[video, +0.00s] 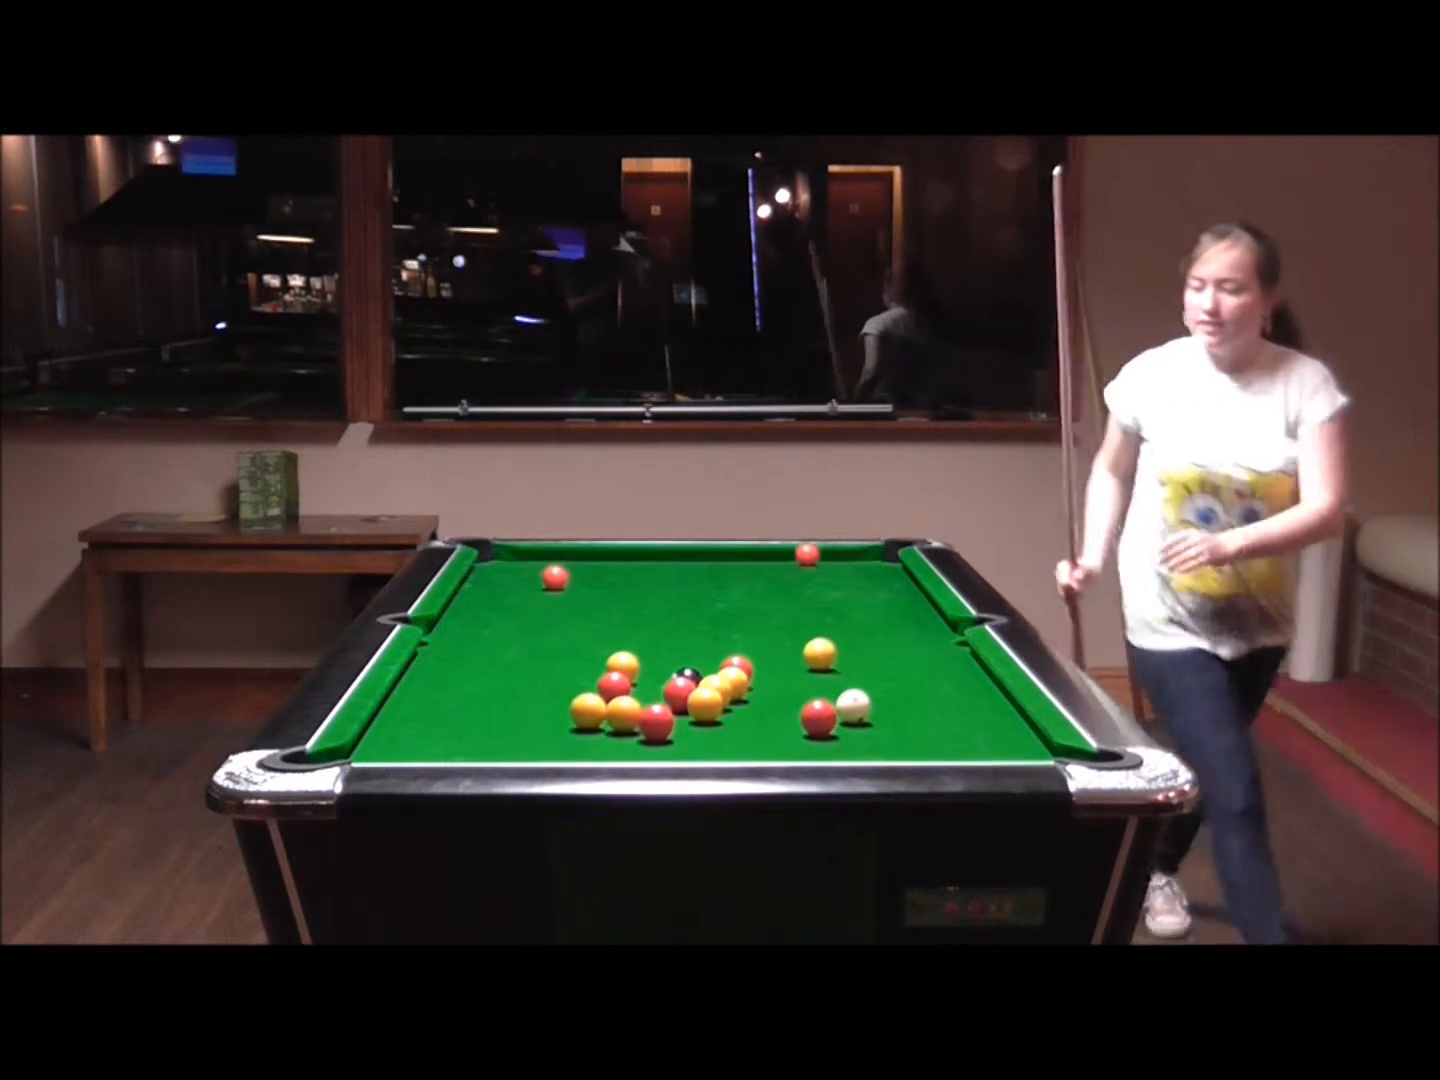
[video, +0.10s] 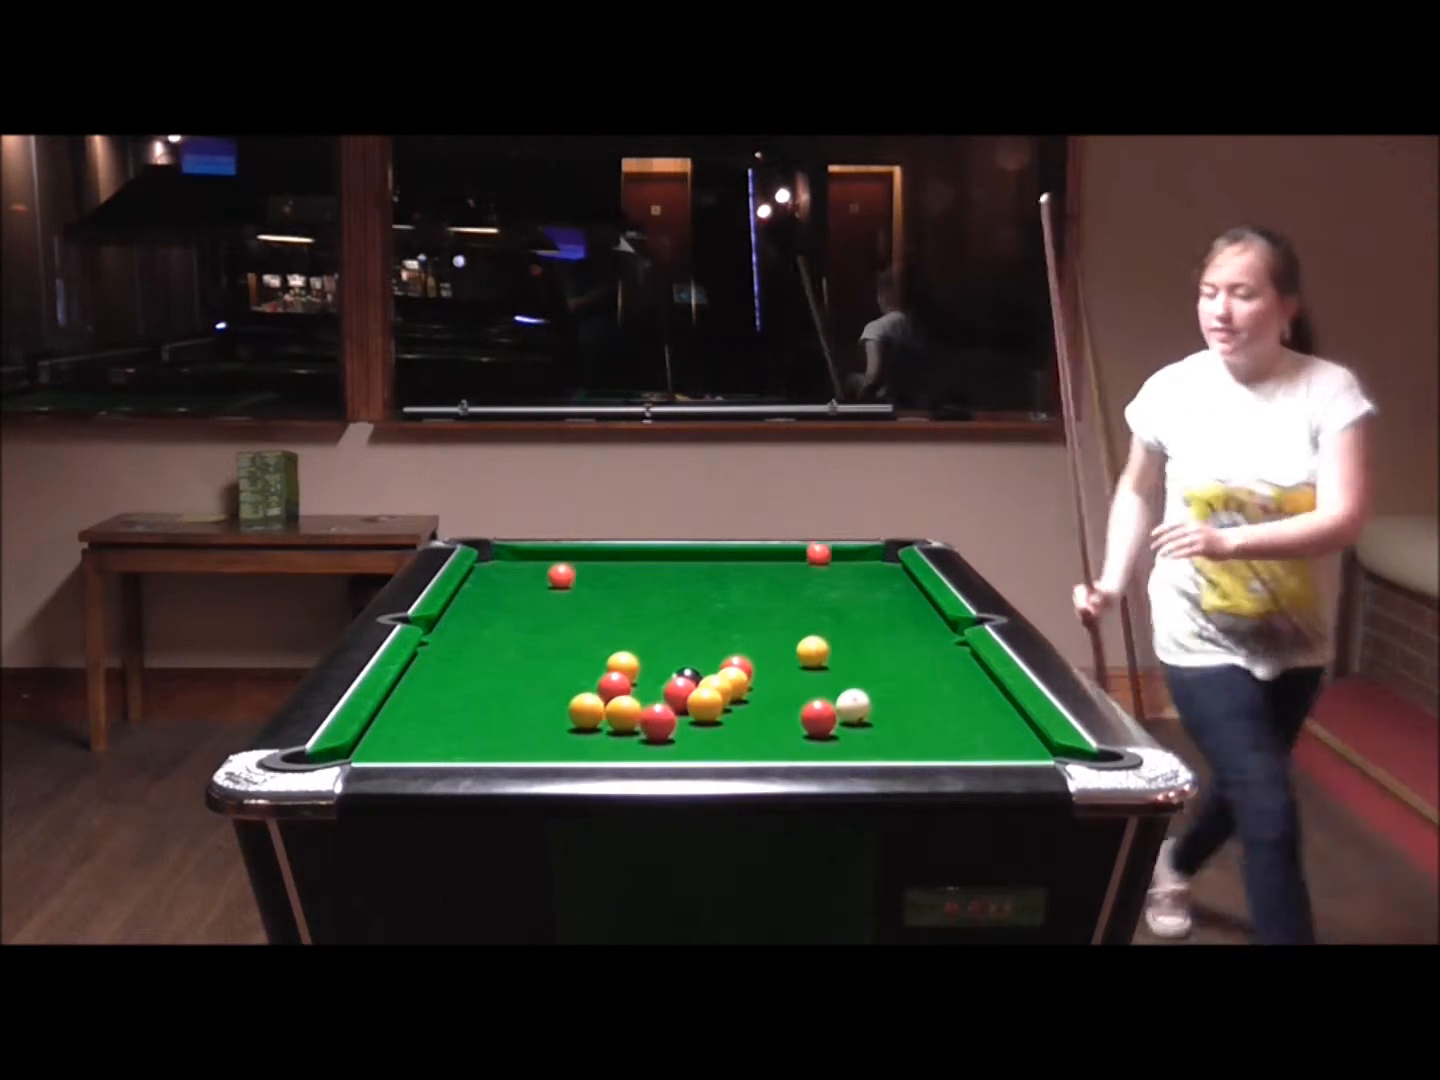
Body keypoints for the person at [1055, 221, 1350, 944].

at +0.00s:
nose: (1207, 303)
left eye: (1229, 288)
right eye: (1197, 285)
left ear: (1267, 303)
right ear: (1183, 291)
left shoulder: (1305, 383)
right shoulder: (1149, 376)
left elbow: (1328, 509)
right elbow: (1111, 469)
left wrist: (1226, 543)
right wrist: (1094, 556)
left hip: (1259, 628)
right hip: (1166, 622)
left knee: (1202, 771)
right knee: (1236, 793)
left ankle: (1157, 869)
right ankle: (1266, 936)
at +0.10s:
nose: (1219, 309)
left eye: (1241, 294)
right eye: (1209, 291)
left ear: (1286, 309)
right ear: (1197, 297)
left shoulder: (1329, 390)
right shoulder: (1169, 391)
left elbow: (1343, 518)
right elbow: (1136, 491)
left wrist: (1229, 541)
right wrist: (1113, 581)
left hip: (1294, 645)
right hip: (1199, 641)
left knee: (1238, 790)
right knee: (1271, 816)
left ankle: (1170, 870)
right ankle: (1286, 940)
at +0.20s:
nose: (1244, 303)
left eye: (1266, 287)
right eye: (1235, 286)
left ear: (1320, 301)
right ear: (1225, 295)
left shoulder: (1369, 391)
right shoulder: (1206, 393)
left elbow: (1363, 536)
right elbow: (1183, 503)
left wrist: (1226, 534)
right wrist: (1158, 595)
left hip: (1344, 666)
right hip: (1235, 664)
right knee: (1299, 848)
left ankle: (1268, 865)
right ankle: (1290, 932)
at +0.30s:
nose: (1264, 294)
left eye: (1286, 276)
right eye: (1257, 276)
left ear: (1347, 292)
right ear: (1248, 285)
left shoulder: (1391, 387)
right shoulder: (1232, 384)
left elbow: (1364, 536)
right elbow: (1229, 508)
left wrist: (1212, 520)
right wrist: (1195, 588)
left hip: (1371, 667)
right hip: (1250, 667)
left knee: (1381, 869)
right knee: (1300, 860)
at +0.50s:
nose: (1305, 297)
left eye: (1330, 277)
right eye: (1303, 276)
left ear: (1399, 294)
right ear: (1299, 282)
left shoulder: (1426, 392)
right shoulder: (1310, 386)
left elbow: (1329, 542)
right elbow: (1309, 529)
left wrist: (1177, 508)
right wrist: (1281, 594)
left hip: (1422, 707)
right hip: (1323, 703)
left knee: (1420, 922)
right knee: (1334, 915)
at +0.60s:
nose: (1329, 317)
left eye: (1355, 296)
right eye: (1332, 295)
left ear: (1427, 314)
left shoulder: (1429, 420)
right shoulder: (1385, 406)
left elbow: (1309, 567)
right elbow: (1324, 550)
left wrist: (1166, 529)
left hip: (1431, 757)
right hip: (1396, 747)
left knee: (1390, 927)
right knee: (1369, 929)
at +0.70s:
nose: (1344, 334)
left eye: (1370, 311)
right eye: (1348, 311)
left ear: (1435, 325)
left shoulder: (1428, 442)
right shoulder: (1422, 443)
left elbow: (1300, 591)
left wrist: (1167, 553)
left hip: (1439, 791)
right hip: (1437, 784)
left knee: (1401, 929)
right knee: (1401, 927)